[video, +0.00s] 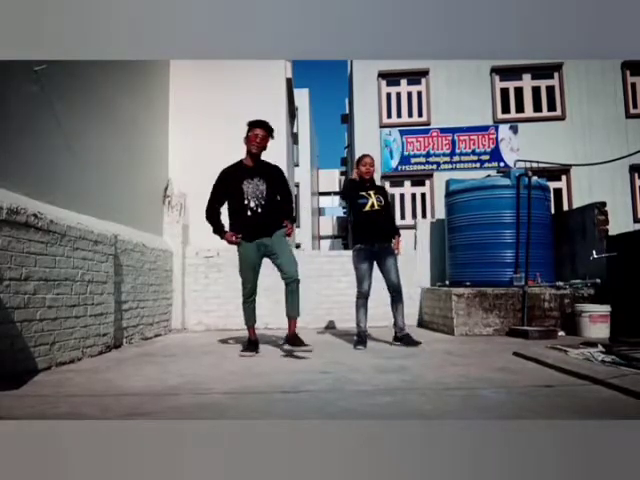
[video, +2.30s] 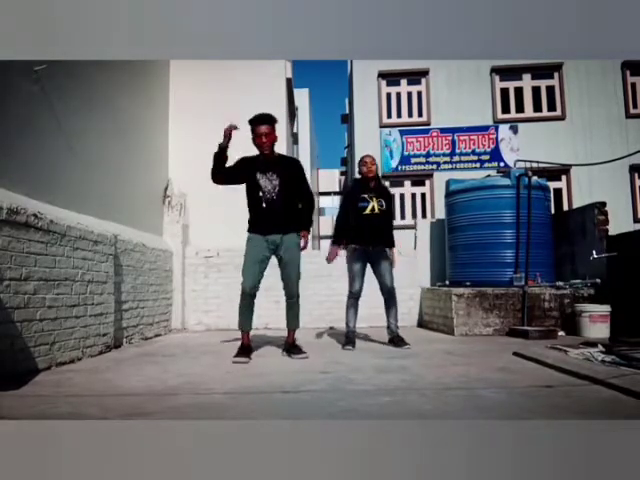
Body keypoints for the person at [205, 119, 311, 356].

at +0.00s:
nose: (257, 141)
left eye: (263, 138)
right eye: (254, 136)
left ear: (267, 143)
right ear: (246, 139)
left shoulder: (274, 172)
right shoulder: (230, 174)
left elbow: (287, 200)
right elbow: (212, 209)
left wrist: (289, 221)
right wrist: (223, 233)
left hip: (275, 236)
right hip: (247, 239)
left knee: (292, 277)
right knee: (249, 291)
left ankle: (292, 333)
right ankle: (252, 338)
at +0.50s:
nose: (285, 141)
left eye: (290, 137)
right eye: (281, 136)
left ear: (297, 139)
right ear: (275, 136)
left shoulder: (304, 171)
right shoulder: (257, 164)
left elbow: (322, 203)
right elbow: (231, 191)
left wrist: (318, 207)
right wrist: (243, 203)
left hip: (290, 234)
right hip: (260, 234)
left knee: (294, 288)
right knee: (248, 288)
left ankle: (295, 344)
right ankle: (250, 342)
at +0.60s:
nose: (282, 139)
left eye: (287, 134)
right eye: (277, 134)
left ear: (295, 134)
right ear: (271, 134)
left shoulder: (302, 162)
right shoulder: (258, 160)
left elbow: (327, 190)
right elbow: (227, 184)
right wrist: (242, 175)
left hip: (291, 232)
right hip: (260, 232)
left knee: (294, 288)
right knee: (250, 287)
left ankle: (295, 343)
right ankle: (245, 344)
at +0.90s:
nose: (265, 139)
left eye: (269, 134)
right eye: (260, 134)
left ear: (276, 133)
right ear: (252, 134)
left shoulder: (287, 156)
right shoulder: (245, 161)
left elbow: (311, 166)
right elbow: (220, 178)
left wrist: (288, 139)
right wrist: (236, 148)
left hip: (286, 229)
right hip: (254, 230)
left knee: (292, 286)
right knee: (244, 285)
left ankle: (295, 343)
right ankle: (242, 344)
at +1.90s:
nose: (269, 147)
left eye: (272, 141)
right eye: (265, 144)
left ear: (280, 140)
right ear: (260, 146)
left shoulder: (297, 164)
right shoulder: (258, 166)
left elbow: (325, 186)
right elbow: (244, 161)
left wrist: (316, 165)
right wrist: (252, 134)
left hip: (294, 236)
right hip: (265, 236)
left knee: (297, 290)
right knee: (252, 287)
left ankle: (292, 341)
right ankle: (246, 344)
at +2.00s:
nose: (270, 149)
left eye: (273, 143)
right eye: (265, 146)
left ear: (281, 142)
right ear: (260, 148)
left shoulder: (299, 166)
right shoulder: (259, 167)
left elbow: (326, 196)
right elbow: (241, 157)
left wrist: (320, 193)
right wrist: (251, 134)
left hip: (293, 237)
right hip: (264, 235)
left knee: (297, 290)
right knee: (247, 279)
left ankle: (292, 340)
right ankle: (249, 335)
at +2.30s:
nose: (264, 139)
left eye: (268, 134)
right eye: (259, 135)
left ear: (275, 135)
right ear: (253, 138)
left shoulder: (291, 164)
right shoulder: (249, 165)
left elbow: (308, 198)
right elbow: (219, 177)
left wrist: (305, 227)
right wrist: (224, 145)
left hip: (289, 234)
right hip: (259, 235)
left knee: (292, 289)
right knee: (248, 288)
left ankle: (291, 340)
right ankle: (245, 342)